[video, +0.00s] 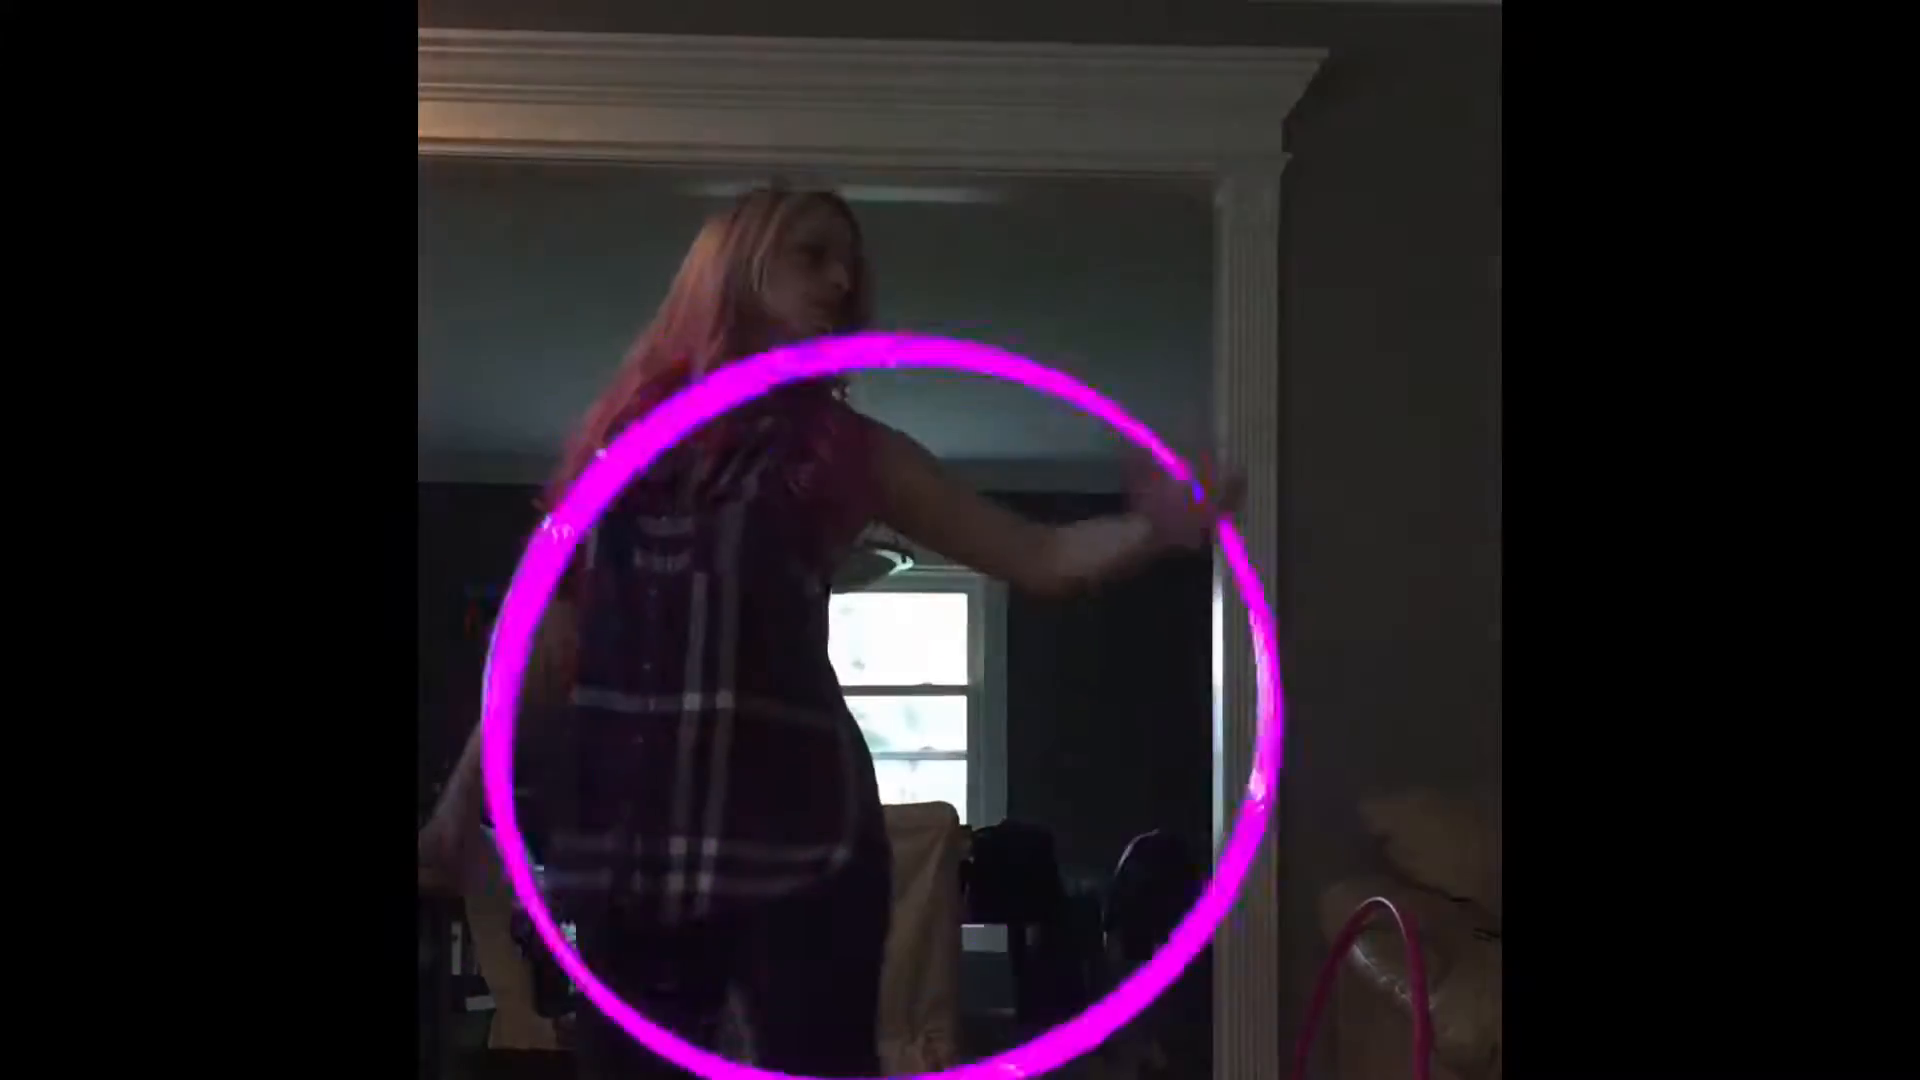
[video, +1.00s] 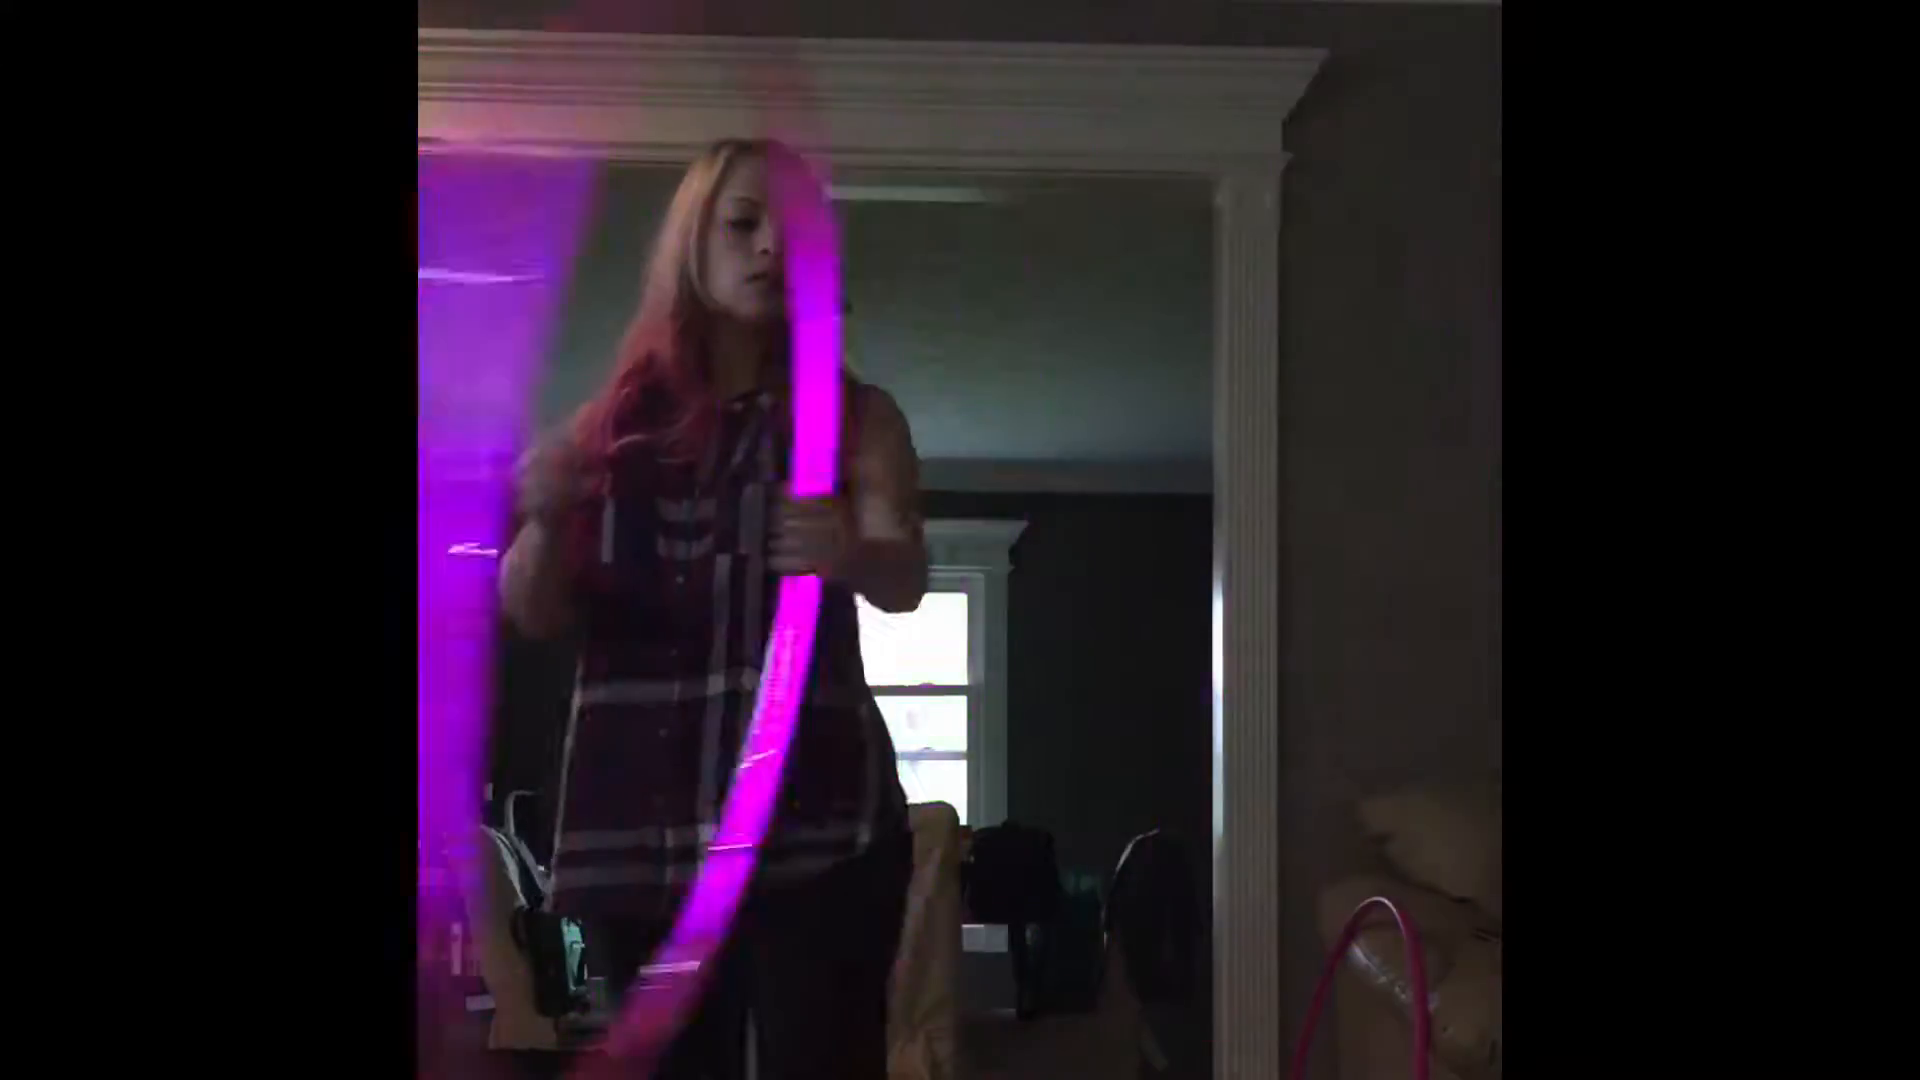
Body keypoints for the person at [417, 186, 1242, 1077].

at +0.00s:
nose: (840, 278)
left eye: (850, 263)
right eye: (811, 253)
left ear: (855, 290)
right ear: (736, 268)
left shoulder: (838, 443)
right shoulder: (624, 439)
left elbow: (1032, 555)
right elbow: (545, 647)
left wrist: (1148, 531)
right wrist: (458, 804)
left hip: (798, 844)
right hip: (626, 839)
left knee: (814, 1072)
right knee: (626, 1065)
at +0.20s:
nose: (828, 259)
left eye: (840, 246)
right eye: (802, 230)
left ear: (843, 276)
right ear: (726, 239)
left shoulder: (817, 414)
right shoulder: (610, 411)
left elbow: (975, 575)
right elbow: (539, 604)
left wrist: (1101, 553)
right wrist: (437, 761)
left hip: (784, 817)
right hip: (619, 816)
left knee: (757, 1059)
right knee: (641, 1055)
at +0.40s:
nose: (818, 256)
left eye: (828, 242)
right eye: (792, 230)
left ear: (832, 271)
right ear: (715, 238)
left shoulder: (812, 422)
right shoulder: (593, 418)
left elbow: (993, 573)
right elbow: (523, 610)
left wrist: (1188, 569)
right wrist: (429, 768)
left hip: (773, 837)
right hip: (601, 840)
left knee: (766, 1063)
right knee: (634, 1062)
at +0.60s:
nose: (803, 252)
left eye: (813, 237)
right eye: (773, 227)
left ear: (820, 265)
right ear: (696, 244)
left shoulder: (797, 417)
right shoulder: (580, 426)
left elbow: (1003, 508)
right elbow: (502, 623)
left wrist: (1216, 495)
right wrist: (409, 743)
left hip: (775, 838)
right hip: (604, 844)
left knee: (767, 1065)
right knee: (640, 1063)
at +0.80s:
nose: (778, 252)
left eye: (793, 238)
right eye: (748, 228)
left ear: (805, 267)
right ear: (678, 243)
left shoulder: (810, 419)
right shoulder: (590, 418)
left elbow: (967, 532)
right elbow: (488, 612)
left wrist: (1124, 502)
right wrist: (416, 683)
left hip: (793, 833)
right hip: (625, 835)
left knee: (781, 1059)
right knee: (648, 1056)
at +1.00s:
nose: (768, 247)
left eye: (788, 226)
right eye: (742, 223)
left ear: (815, 246)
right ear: (691, 245)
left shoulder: (853, 412)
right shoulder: (610, 425)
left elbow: (905, 579)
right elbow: (534, 616)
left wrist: (850, 548)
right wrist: (545, 518)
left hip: (814, 822)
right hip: (645, 821)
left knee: (818, 1058)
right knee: (667, 1063)